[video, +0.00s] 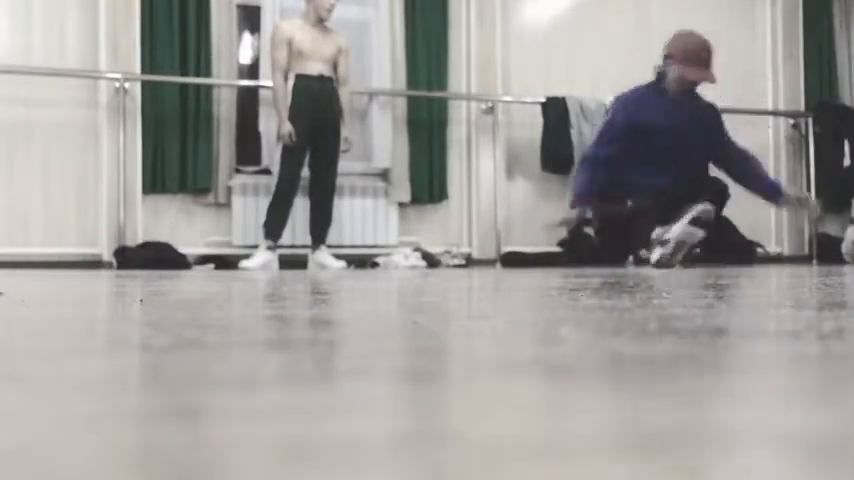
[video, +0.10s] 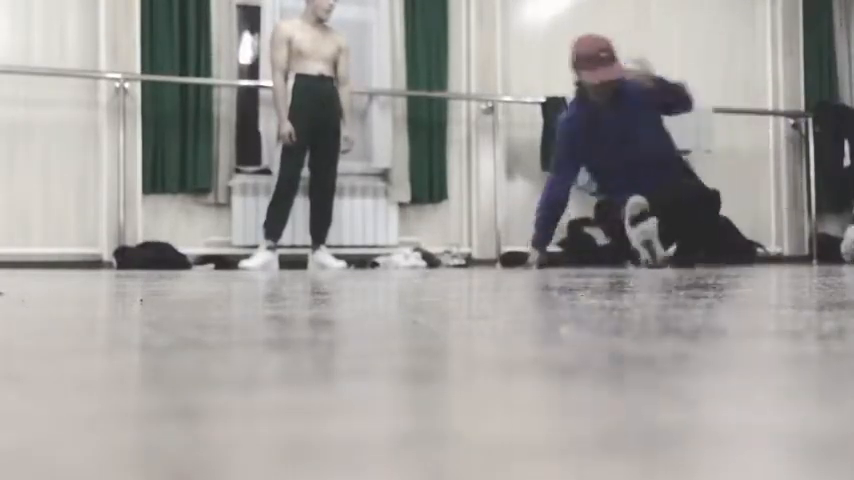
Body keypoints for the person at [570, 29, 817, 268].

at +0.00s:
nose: (695, 83)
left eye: (699, 76)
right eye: (690, 74)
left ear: (702, 73)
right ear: (669, 64)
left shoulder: (703, 115)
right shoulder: (631, 104)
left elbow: (735, 161)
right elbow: (597, 156)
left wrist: (780, 196)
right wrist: (582, 203)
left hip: (674, 207)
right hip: (622, 206)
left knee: (715, 187)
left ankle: (670, 243)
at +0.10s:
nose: (605, 87)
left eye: (610, 79)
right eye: (597, 81)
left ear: (617, 71)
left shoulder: (637, 93)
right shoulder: (574, 122)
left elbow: (683, 103)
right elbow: (559, 184)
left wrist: (652, 83)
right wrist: (539, 244)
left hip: (676, 187)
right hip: (626, 201)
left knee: (742, 252)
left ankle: (677, 250)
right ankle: (648, 245)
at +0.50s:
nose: (535, 83)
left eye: (540, 75)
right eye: (527, 77)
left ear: (554, 62)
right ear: (517, 75)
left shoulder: (586, 87)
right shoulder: (522, 118)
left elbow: (638, 127)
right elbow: (524, 183)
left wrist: (622, 152)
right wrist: (523, 239)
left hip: (610, 196)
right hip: (556, 199)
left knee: (563, 179)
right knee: (514, 208)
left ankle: (479, 242)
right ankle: (474, 239)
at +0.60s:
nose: (557, 69)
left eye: (566, 60)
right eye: (549, 62)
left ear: (582, 60)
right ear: (539, 65)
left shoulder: (607, 102)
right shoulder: (531, 111)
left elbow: (646, 163)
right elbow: (519, 174)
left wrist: (676, 228)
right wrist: (514, 238)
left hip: (588, 211)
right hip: (540, 207)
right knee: (490, 210)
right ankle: (422, 242)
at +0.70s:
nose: (607, 57)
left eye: (615, 48)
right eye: (597, 47)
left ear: (626, 55)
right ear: (579, 54)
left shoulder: (635, 109)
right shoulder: (553, 98)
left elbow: (652, 183)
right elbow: (508, 155)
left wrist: (668, 253)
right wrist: (472, 209)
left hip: (590, 218)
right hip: (539, 203)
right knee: (493, 211)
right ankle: (416, 243)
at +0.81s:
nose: (653, 46)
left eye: (661, 36)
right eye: (644, 34)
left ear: (670, 44)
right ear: (625, 39)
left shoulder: (666, 105)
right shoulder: (588, 76)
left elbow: (664, 183)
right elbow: (540, 97)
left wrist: (666, 254)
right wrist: (499, 110)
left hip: (596, 210)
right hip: (550, 188)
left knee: (519, 192)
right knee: (507, 183)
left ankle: (423, 239)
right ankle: (419, 231)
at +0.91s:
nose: (684, 60)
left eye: (693, 53)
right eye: (679, 49)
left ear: (702, 52)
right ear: (661, 38)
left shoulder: (689, 111)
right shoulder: (621, 63)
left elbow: (676, 185)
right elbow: (566, 67)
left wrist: (669, 256)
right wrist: (602, 30)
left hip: (608, 197)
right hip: (563, 173)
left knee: (642, 146)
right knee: (527, 142)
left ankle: (561, 232)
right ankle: (454, 232)